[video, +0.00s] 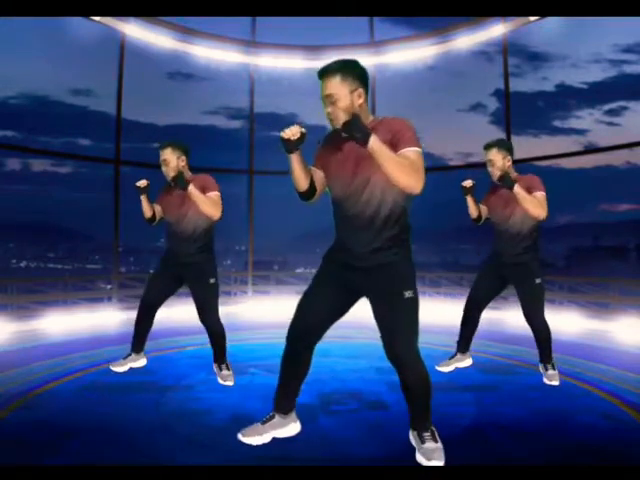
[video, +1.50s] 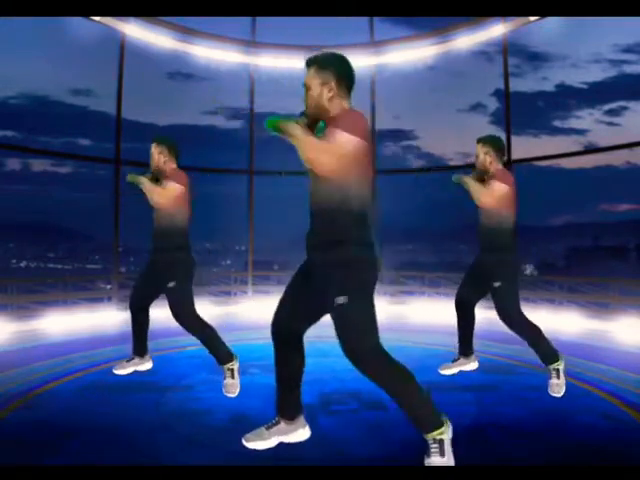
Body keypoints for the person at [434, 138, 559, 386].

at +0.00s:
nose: (490, 168)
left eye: (493, 162)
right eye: (487, 164)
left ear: (508, 160)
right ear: (488, 165)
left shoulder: (530, 182)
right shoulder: (495, 191)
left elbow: (540, 212)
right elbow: (478, 216)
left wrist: (513, 185)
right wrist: (469, 195)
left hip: (526, 262)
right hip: (498, 261)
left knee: (534, 317)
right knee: (473, 305)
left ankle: (548, 364)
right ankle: (462, 354)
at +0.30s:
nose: (470, 154)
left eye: (474, 149)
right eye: (469, 149)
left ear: (489, 150)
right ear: (474, 152)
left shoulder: (512, 174)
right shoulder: (474, 183)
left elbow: (518, 201)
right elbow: (460, 207)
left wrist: (492, 172)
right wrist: (454, 185)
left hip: (510, 252)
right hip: (479, 251)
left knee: (527, 307)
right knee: (453, 298)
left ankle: (540, 357)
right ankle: (444, 342)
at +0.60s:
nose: (462, 152)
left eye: (465, 147)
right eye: (460, 147)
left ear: (481, 147)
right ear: (466, 149)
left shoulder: (503, 173)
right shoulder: (464, 180)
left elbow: (514, 205)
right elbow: (448, 205)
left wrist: (487, 182)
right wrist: (440, 183)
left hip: (501, 252)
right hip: (472, 251)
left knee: (526, 305)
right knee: (451, 298)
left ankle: (528, 353)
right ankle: (443, 344)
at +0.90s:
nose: (477, 163)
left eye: (481, 157)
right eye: (476, 158)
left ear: (496, 158)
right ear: (483, 160)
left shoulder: (519, 182)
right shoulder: (484, 190)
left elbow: (523, 215)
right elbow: (476, 221)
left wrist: (495, 193)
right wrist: (461, 203)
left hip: (518, 262)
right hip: (491, 262)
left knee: (532, 320)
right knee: (462, 303)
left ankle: (549, 370)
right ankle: (464, 354)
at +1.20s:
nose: (493, 156)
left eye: (497, 151)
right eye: (491, 152)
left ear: (513, 153)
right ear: (491, 156)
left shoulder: (532, 178)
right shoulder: (485, 183)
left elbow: (539, 206)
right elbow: (458, 195)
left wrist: (512, 180)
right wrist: (444, 181)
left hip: (525, 263)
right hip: (493, 262)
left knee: (540, 321)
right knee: (466, 305)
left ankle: (549, 370)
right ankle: (464, 354)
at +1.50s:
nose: (479, 160)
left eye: (483, 155)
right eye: (478, 155)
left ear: (496, 157)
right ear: (482, 158)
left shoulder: (502, 183)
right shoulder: (489, 180)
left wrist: (468, 181)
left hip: (503, 259)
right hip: (486, 257)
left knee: (510, 315)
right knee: (464, 301)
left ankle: (554, 362)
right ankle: (466, 356)